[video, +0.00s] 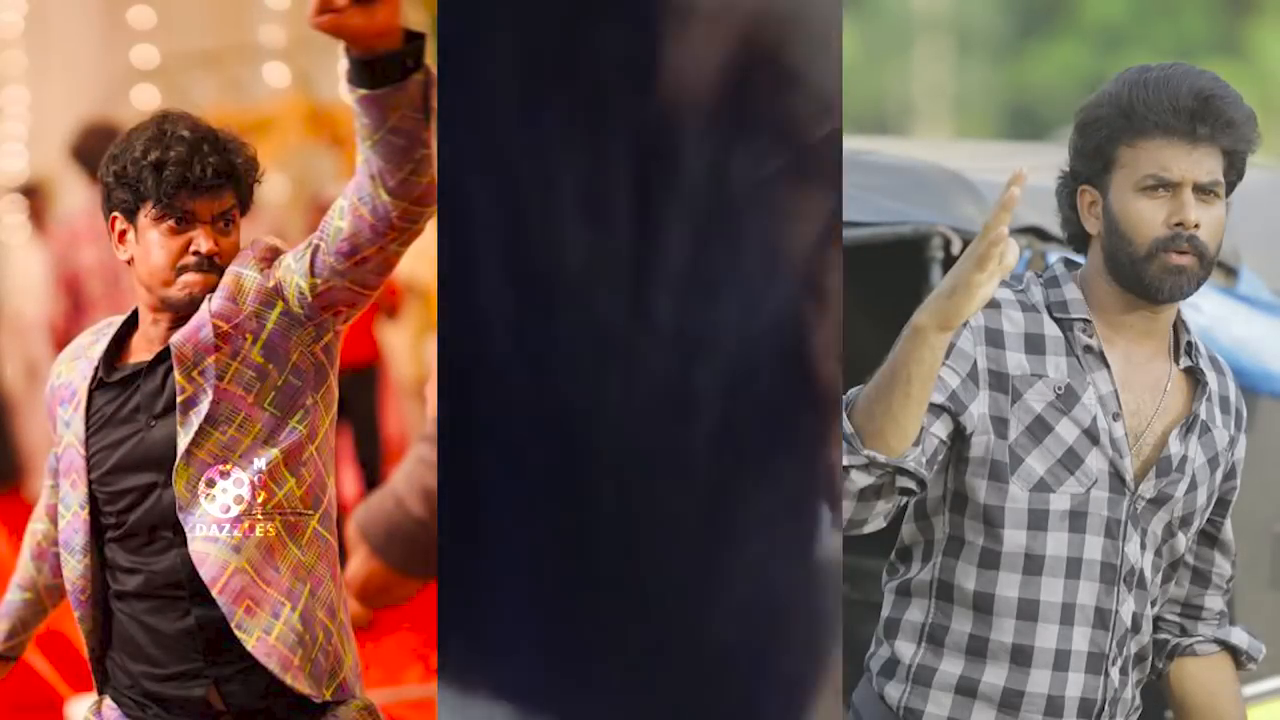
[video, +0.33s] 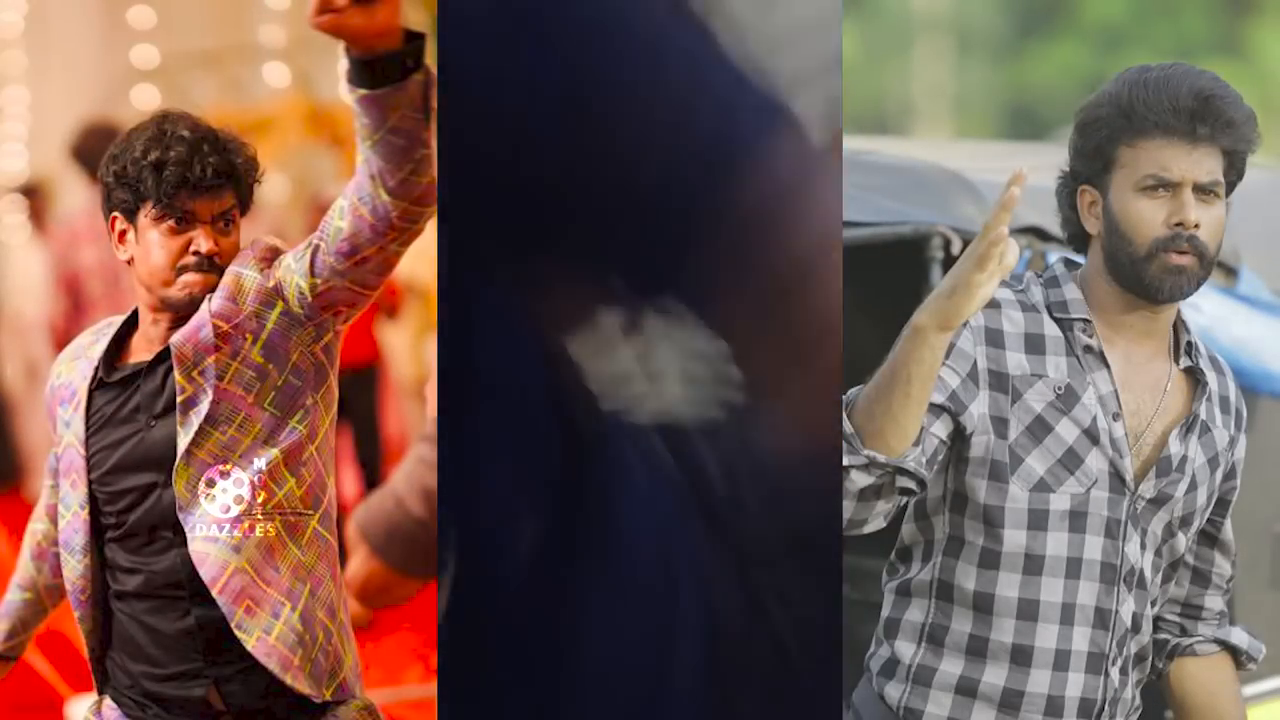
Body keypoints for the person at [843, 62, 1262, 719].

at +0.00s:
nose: (1187, 217)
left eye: (1207, 194)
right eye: (1157, 190)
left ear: (1227, 208)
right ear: (1092, 208)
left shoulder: (1219, 398)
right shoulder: (984, 329)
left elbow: (1193, 615)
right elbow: (851, 508)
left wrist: (1225, 711)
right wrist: (931, 328)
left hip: (1105, 709)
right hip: (934, 702)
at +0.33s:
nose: (1187, 217)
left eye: (1207, 194)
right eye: (1157, 190)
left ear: (1227, 208)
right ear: (1092, 208)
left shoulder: (1219, 398)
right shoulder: (984, 329)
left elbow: (1193, 615)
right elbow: (850, 508)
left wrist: (1224, 711)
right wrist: (931, 327)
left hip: (1106, 709)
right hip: (935, 701)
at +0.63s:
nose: (1187, 217)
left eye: (1207, 194)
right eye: (1157, 190)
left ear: (1227, 208)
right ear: (1092, 208)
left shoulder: (1219, 398)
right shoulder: (984, 328)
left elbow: (1193, 615)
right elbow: (852, 508)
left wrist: (1224, 711)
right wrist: (932, 327)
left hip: (1105, 709)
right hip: (936, 701)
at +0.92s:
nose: (1187, 217)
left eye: (1207, 194)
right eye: (1157, 190)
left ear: (1227, 208)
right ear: (1092, 207)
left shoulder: (1219, 398)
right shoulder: (984, 328)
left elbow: (1193, 617)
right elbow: (852, 507)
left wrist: (1225, 710)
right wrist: (932, 327)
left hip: (1105, 709)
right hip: (934, 702)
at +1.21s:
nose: (1187, 217)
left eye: (1207, 194)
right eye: (1157, 190)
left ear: (1227, 209)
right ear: (1092, 208)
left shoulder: (1219, 398)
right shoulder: (984, 328)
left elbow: (1193, 615)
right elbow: (851, 507)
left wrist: (1224, 711)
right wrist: (932, 327)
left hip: (1105, 709)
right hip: (934, 701)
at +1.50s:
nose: (1187, 217)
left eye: (1207, 194)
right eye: (1157, 190)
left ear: (1227, 209)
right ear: (1092, 208)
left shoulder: (1219, 398)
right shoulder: (984, 328)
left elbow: (1193, 615)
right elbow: (851, 508)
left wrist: (1225, 711)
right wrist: (931, 327)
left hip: (1105, 709)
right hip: (934, 702)